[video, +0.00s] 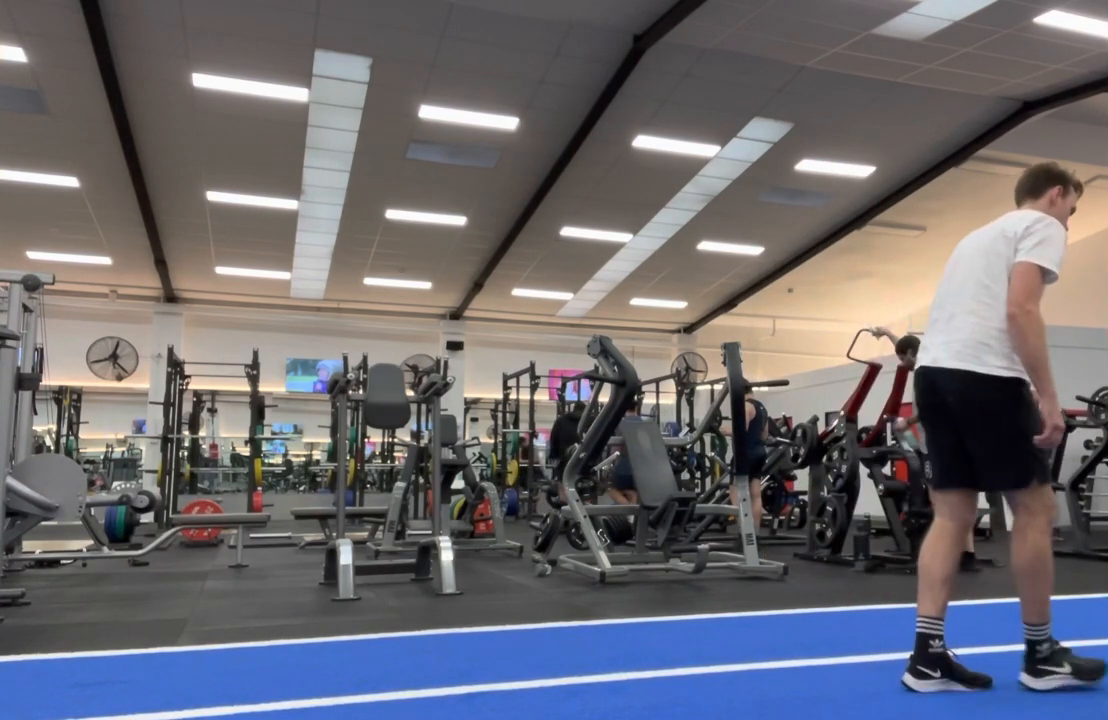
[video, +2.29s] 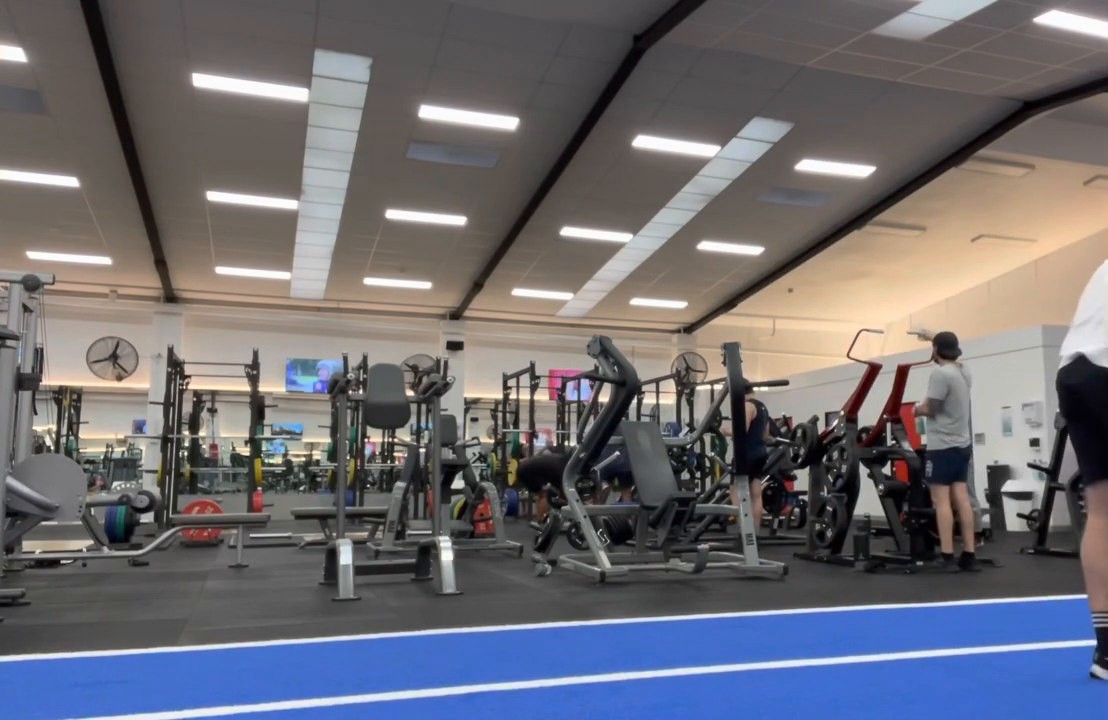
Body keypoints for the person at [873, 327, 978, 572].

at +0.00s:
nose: (901, 362)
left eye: (903, 357)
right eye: (900, 357)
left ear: (912, 353)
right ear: (914, 352)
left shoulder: (924, 374)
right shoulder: (922, 369)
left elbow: (927, 409)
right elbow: (906, 345)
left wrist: (907, 422)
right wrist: (886, 334)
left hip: (942, 444)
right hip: (934, 442)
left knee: (944, 495)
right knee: (940, 493)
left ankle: (968, 551)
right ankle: (964, 550)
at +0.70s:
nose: (927, 354)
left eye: (926, 350)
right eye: (929, 350)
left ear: (929, 352)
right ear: (949, 350)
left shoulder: (942, 373)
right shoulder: (956, 369)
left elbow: (938, 408)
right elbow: (940, 351)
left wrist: (916, 418)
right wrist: (925, 332)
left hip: (942, 446)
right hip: (960, 443)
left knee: (942, 497)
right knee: (963, 498)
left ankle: (947, 554)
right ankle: (969, 553)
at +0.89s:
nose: (931, 353)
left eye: (931, 350)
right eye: (934, 349)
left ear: (933, 351)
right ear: (954, 350)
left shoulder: (939, 374)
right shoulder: (961, 371)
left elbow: (932, 406)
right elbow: (956, 353)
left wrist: (915, 411)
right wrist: (943, 336)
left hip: (942, 446)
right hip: (962, 443)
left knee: (943, 501)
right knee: (962, 498)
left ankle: (947, 554)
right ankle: (970, 550)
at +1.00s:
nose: (932, 353)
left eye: (932, 350)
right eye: (935, 349)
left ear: (935, 351)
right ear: (956, 350)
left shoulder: (939, 374)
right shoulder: (965, 372)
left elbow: (929, 405)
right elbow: (954, 403)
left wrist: (915, 407)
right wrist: (924, 405)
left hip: (942, 447)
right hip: (963, 445)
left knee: (943, 502)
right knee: (962, 500)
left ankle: (947, 554)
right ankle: (969, 552)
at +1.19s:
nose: (934, 355)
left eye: (934, 351)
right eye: (936, 351)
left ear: (937, 352)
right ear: (958, 352)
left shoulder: (939, 374)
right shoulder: (971, 377)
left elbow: (920, 401)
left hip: (941, 447)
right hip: (964, 445)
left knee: (942, 501)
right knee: (962, 499)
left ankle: (947, 554)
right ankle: (969, 552)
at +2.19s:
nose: (933, 352)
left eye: (934, 348)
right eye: (936, 348)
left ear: (936, 350)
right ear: (957, 350)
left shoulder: (939, 374)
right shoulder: (965, 375)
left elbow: (928, 405)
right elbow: (958, 404)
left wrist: (920, 405)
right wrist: (927, 405)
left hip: (940, 447)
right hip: (962, 446)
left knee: (941, 502)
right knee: (962, 500)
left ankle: (947, 554)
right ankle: (969, 553)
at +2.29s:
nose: (932, 352)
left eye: (933, 348)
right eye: (934, 348)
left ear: (936, 351)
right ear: (956, 350)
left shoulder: (939, 374)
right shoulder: (963, 373)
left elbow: (932, 407)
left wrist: (918, 409)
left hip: (941, 447)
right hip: (962, 446)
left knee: (941, 501)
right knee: (962, 498)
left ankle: (947, 554)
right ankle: (969, 552)